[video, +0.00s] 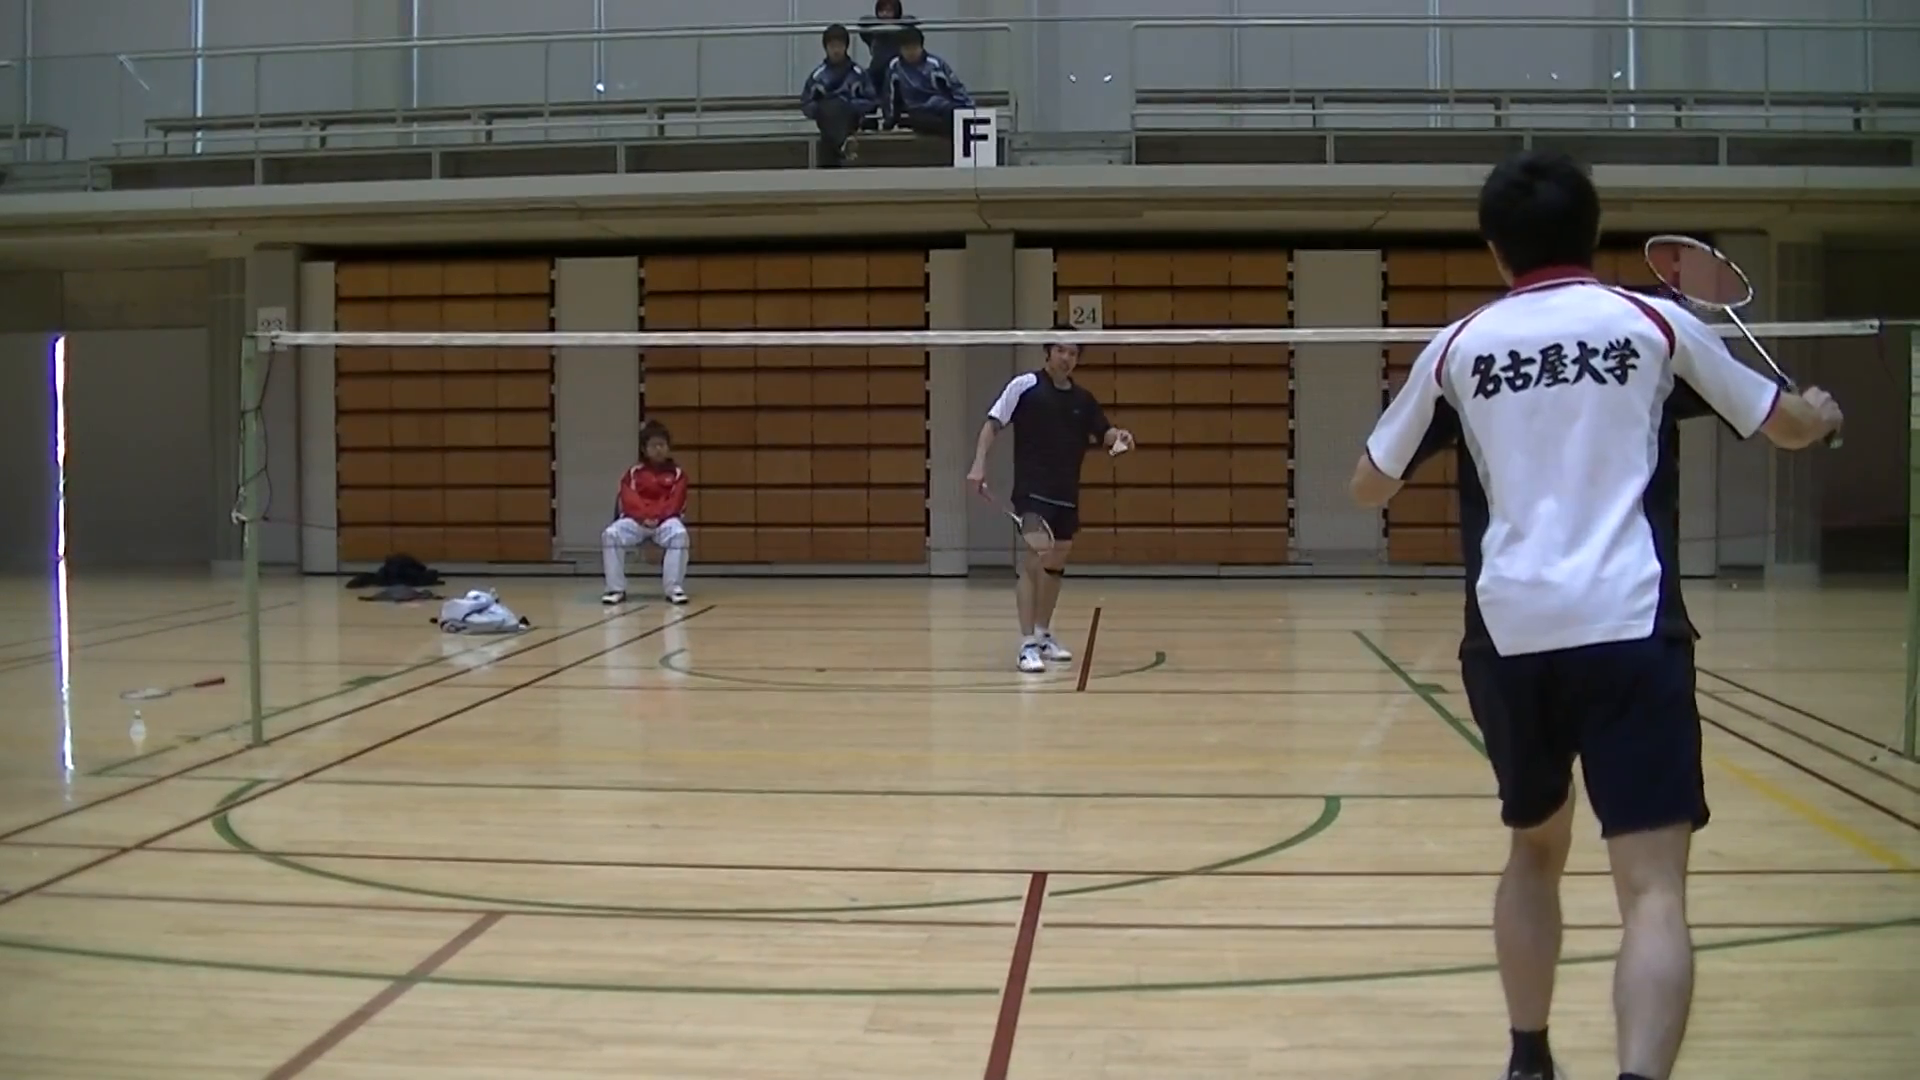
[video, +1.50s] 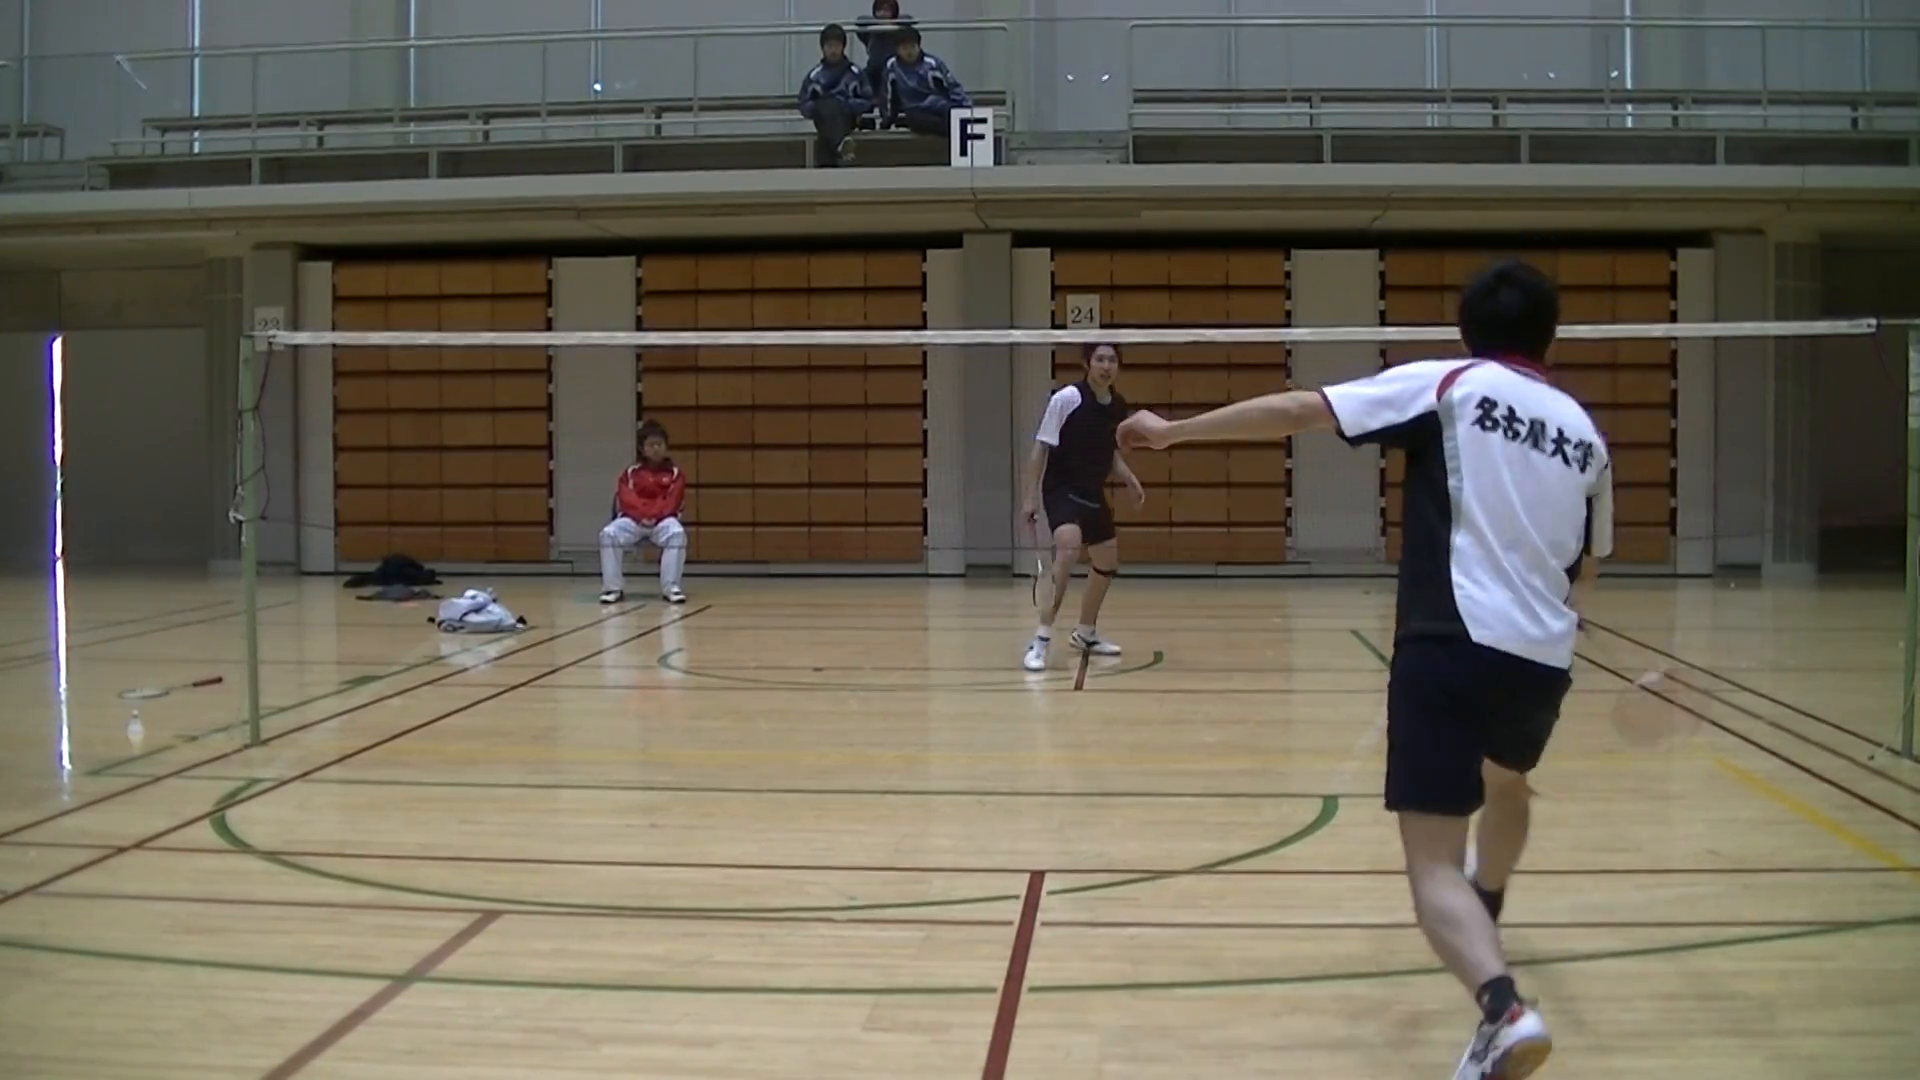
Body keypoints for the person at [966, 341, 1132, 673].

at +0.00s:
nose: (1068, 358)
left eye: (1073, 353)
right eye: (1062, 351)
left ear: (1078, 359)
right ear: (1048, 352)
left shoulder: (1082, 398)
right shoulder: (1024, 385)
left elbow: (1105, 432)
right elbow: (992, 425)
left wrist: (1119, 437)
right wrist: (978, 466)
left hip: (1066, 495)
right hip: (1032, 492)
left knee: (1055, 566)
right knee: (1034, 561)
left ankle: (1043, 637)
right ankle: (1028, 645)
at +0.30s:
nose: (1061, 354)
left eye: (1067, 349)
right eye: (1055, 347)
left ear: (1074, 357)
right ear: (1042, 352)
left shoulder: (1079, 399)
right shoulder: (1018, 384)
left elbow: (1103, 429)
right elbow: (980, 419)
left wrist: (1119, 429)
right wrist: (972, 455)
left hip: (1063, 493)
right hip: (1026, 491)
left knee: (1063, 563)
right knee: (1034, 565)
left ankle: (1046, 632)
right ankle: (1027, 645)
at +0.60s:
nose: (1060, 352)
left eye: (1066, 347)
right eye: (1054, 345)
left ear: (1070, 353)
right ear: (1039, 348)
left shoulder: (1073, 394)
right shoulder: (1015, 379)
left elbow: (1099, 418)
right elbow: (967, 392)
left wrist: (1105, 425)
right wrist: (977, 418)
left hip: (1062, 491)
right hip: (1024, 489)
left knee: (1074, 562)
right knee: (1028, 566)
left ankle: (1059, 622)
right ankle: (1026, 646)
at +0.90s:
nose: (1062, 350)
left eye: (1067, 345)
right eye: (1056, 344)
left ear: (1070, 349)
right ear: (1039, 345)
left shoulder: (1075, 390)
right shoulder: (1018, 378)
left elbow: (1099, 424)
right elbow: (991, 405)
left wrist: (1115, 410)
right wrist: (980, 426)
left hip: (1065, 490)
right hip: (1026, 489)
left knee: (1083, 560)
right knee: (1028, 566)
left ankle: (1065, 619)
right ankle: (1026, 645)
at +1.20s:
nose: (1078, 353)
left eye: (1082, 347)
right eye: (1071, 347)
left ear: (1088, 353)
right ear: (1057, 351)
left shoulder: (1091, 399)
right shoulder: (1037, 388)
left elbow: (1093, 448)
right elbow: (1010, 435)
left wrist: (1108, 461)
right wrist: (1004, 482)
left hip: (1075, 489)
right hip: (1040, 489)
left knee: (1094, 555)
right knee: (1042, 561)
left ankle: (1086, 624)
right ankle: (1028, 645)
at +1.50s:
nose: (1107, 366)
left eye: (1112, 361)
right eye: (1101, 359)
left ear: (1118, 367)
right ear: (1087, 364)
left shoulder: (1115, 405)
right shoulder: (1066, 398)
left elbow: (1109, 454)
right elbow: (1040, 449)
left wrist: (1130, 479)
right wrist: (1030, 499)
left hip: (1094, 492)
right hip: (1061, 490)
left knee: (1105, 564)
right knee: (1069, 549)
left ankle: (1085, 633)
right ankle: (1041, 639)